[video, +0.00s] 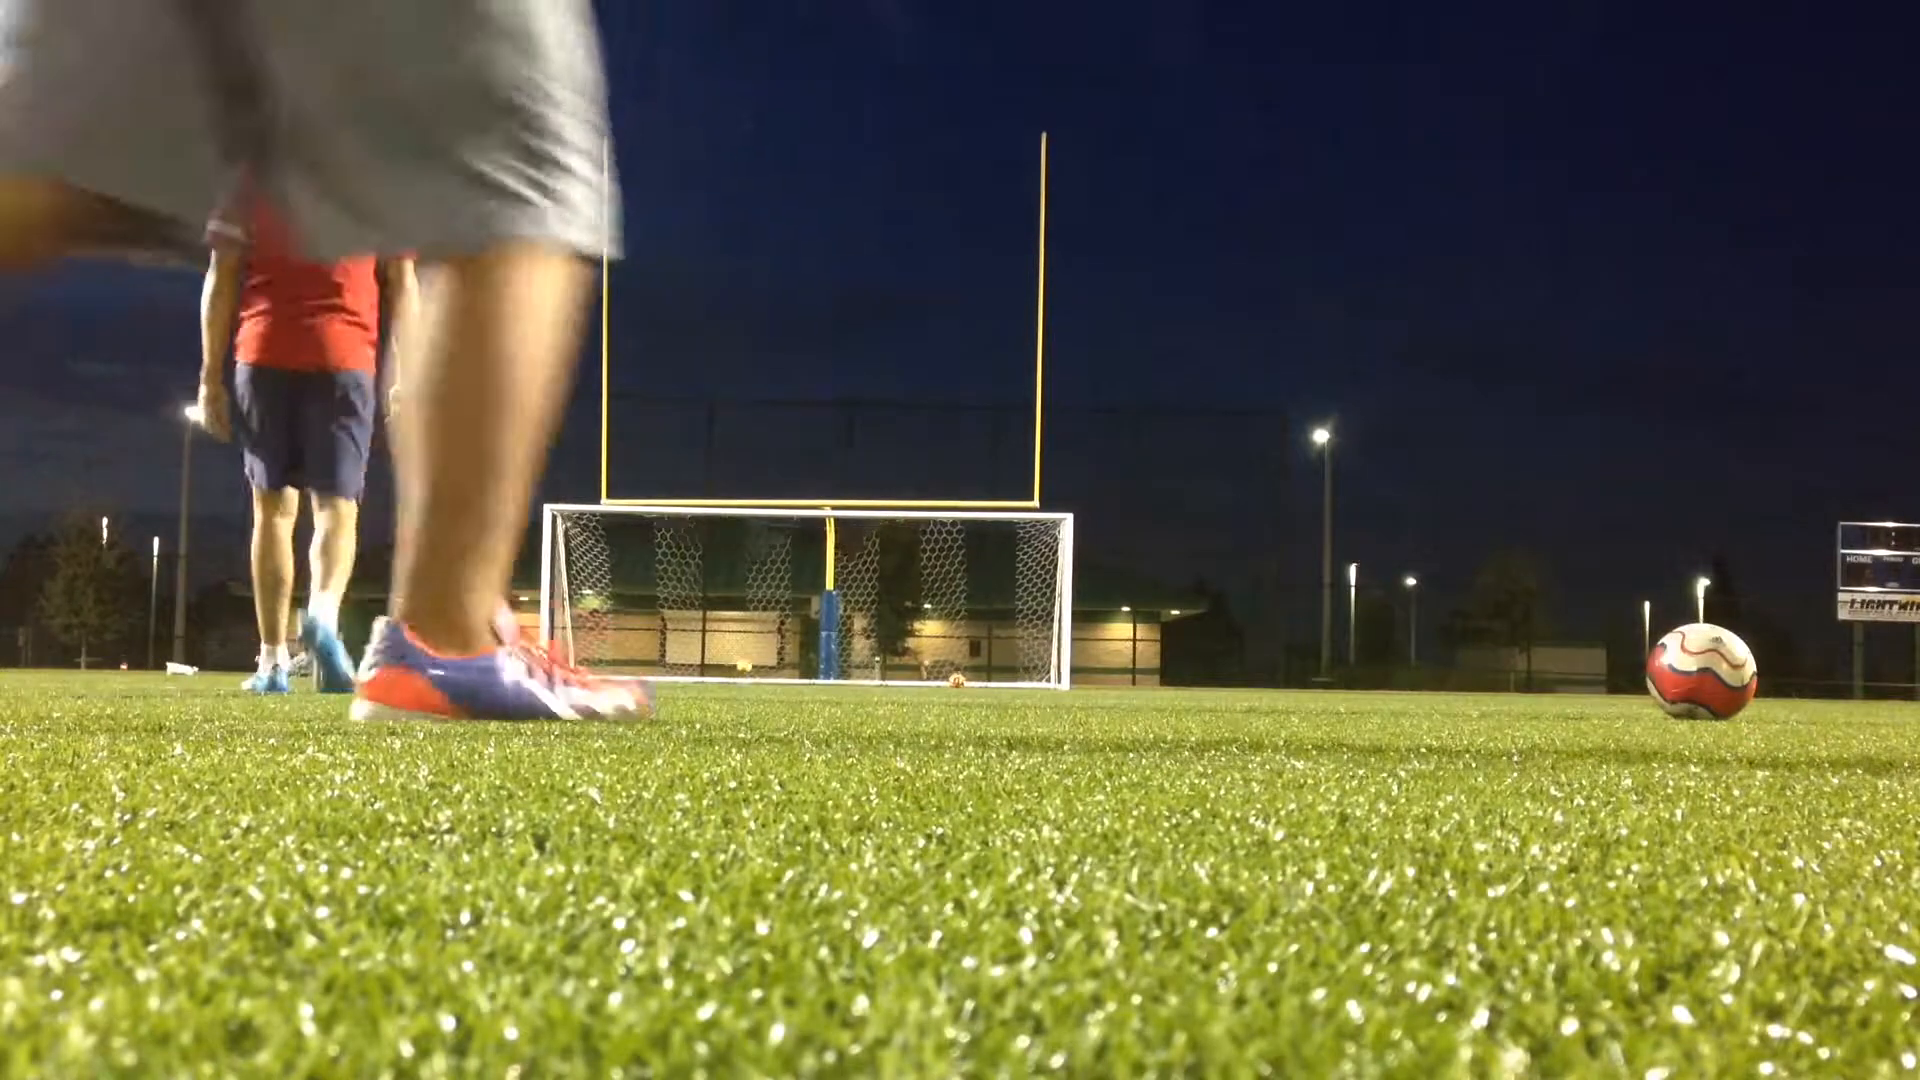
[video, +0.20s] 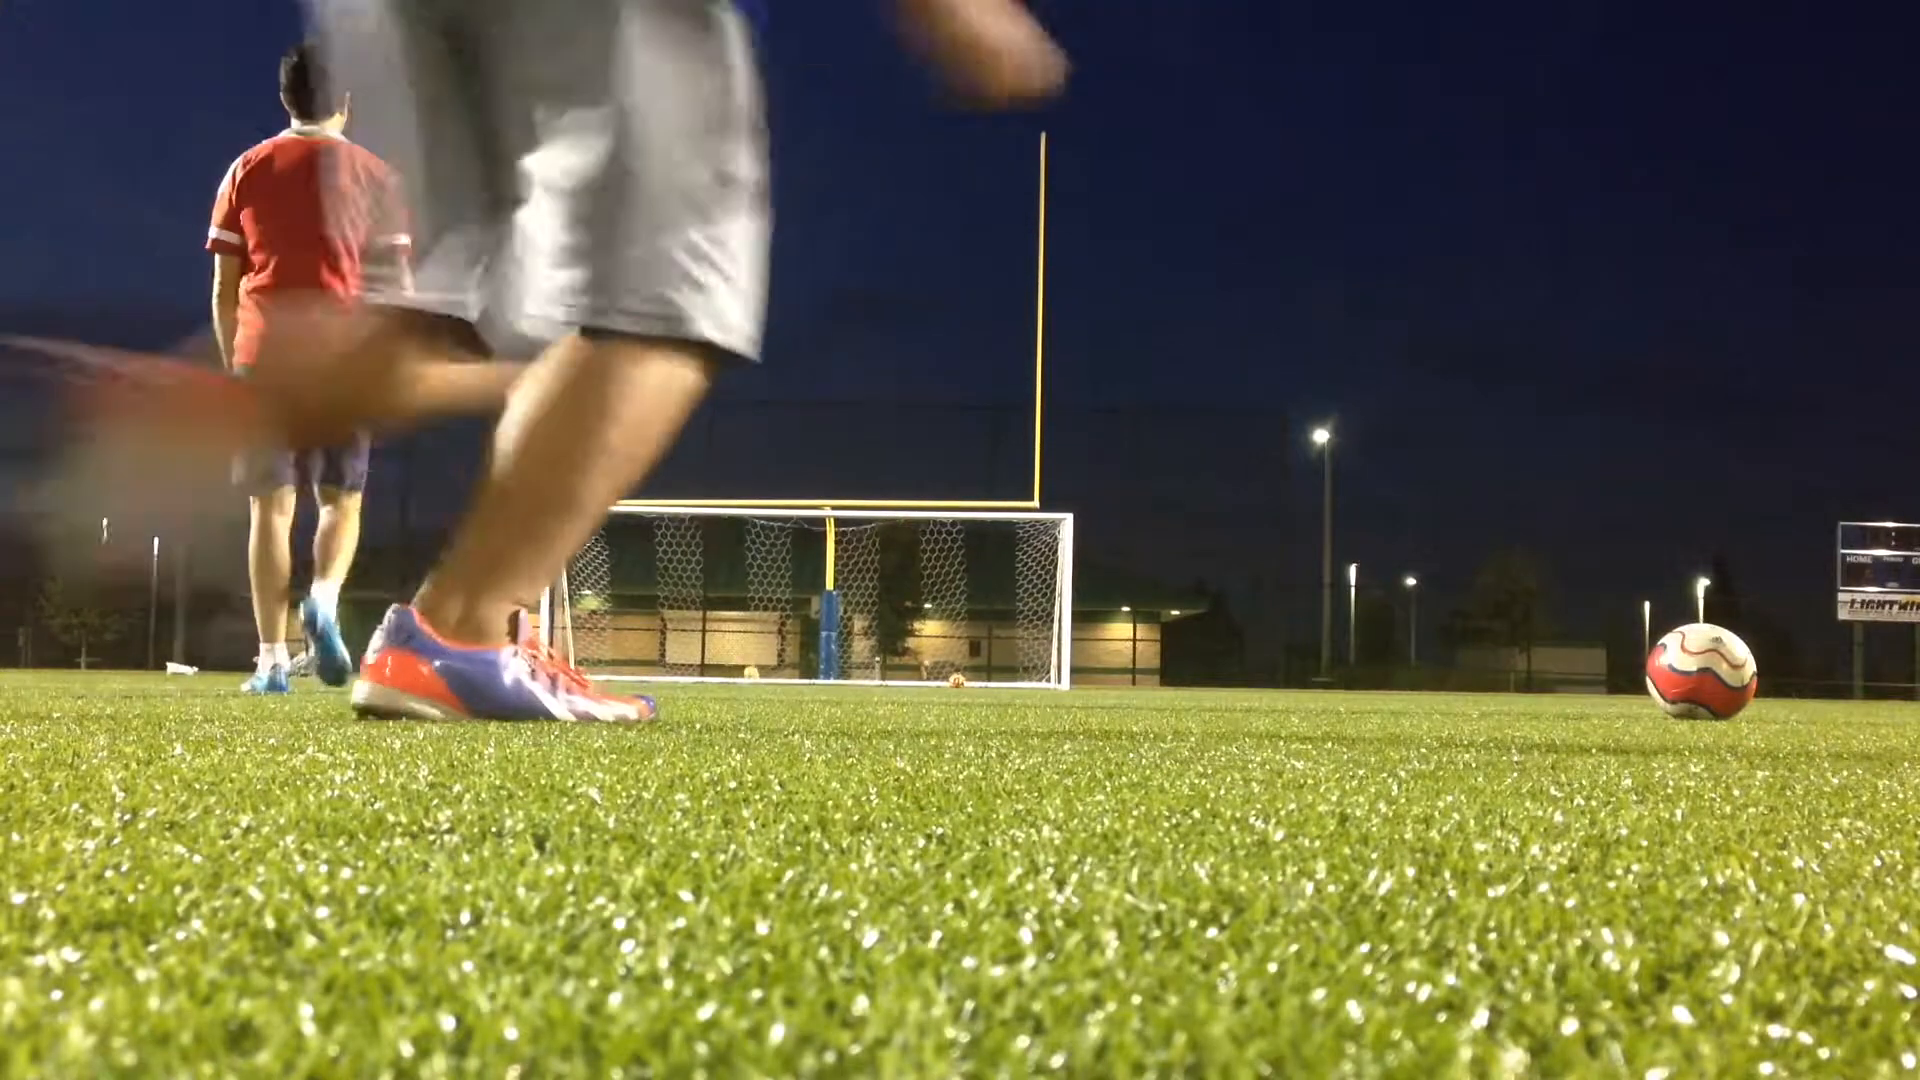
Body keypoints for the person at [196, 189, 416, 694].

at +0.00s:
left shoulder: (254, 173)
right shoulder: (374, 174)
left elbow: (223, 277)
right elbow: (401, 283)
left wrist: (212, 377)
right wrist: (400, 378)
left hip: (264, 355)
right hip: (345, 358)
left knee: (272, 512)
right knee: (336, 508)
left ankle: (273, 660)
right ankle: (323, 616)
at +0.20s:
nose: (334, 109)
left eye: (302, 97)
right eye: (338, 99)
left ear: (283, 102)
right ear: (344, 104)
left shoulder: (247, 169)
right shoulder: (375, 174)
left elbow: (225, 284)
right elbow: (393, 281)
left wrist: (232, 361)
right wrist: (393, 358)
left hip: (267, 357)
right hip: (348, 357)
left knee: (271, 504)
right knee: (342, 497)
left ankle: (273, 660)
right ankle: (324, 599)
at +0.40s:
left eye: (302, 123)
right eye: (351, 126)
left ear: (299, 130)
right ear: (358, 132)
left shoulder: (259, 191)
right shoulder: (379, 204)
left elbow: (234, 298)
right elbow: (395, 308)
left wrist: (254, 358)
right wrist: (399, 400)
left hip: (265, 373)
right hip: (342, 380)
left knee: (273, 516)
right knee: (346, 528)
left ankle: (273, 659)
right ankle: (349, 656)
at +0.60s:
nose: (312, 158)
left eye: (314, 150)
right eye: (318, 150)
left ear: (322, 155)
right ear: (374, 160)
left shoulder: (284, 215)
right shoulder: (402, 233)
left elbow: (253, 311)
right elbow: (409, 335)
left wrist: (255, 385)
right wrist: (410, 421)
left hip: (289, 393)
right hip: (364, 399)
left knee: (284, 520)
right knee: (354, 533)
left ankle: (287, 603)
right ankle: (347, 665)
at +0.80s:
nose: (315, 169)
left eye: (317, 161)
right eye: (321, 161)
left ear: (324, 164)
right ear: (375, 169)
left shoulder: (291, 225)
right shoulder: (407, 238)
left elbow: (262, 314)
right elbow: (424, 337)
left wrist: (245, 397)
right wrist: (420, 408)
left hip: (300, 395)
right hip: (372, 398)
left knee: (301, 519)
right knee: (359, 531)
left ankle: (305, 648)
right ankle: (348, 663)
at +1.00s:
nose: (307, 202)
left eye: (308, 194)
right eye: (310, 193)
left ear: (316, 197)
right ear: (363, 200)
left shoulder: (288, 258)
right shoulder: (397, 262)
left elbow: (264, 343)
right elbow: (418, 354)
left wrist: (251, 423)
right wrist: (418, 416)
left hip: (302, 415)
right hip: (371, 415)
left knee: (311, 542)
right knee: (359, 536)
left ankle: (313, 667)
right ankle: (349, 656)